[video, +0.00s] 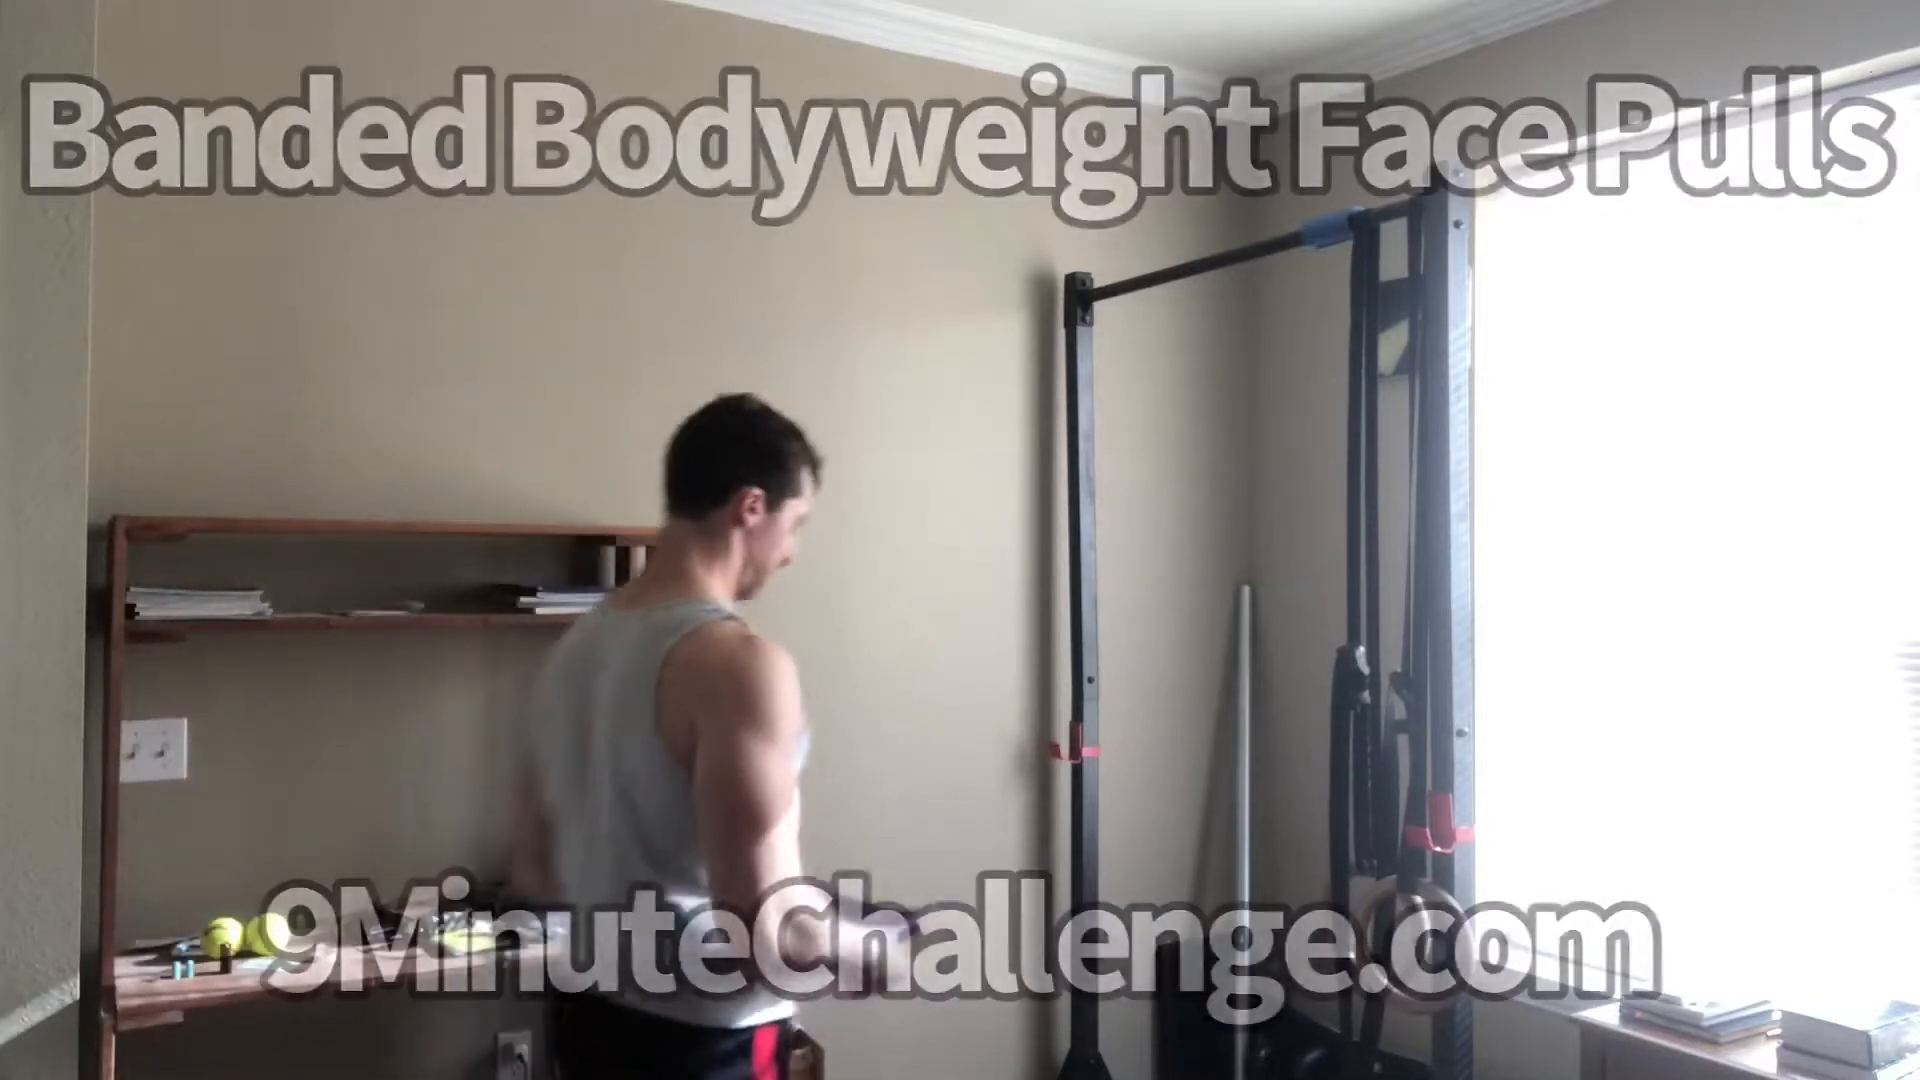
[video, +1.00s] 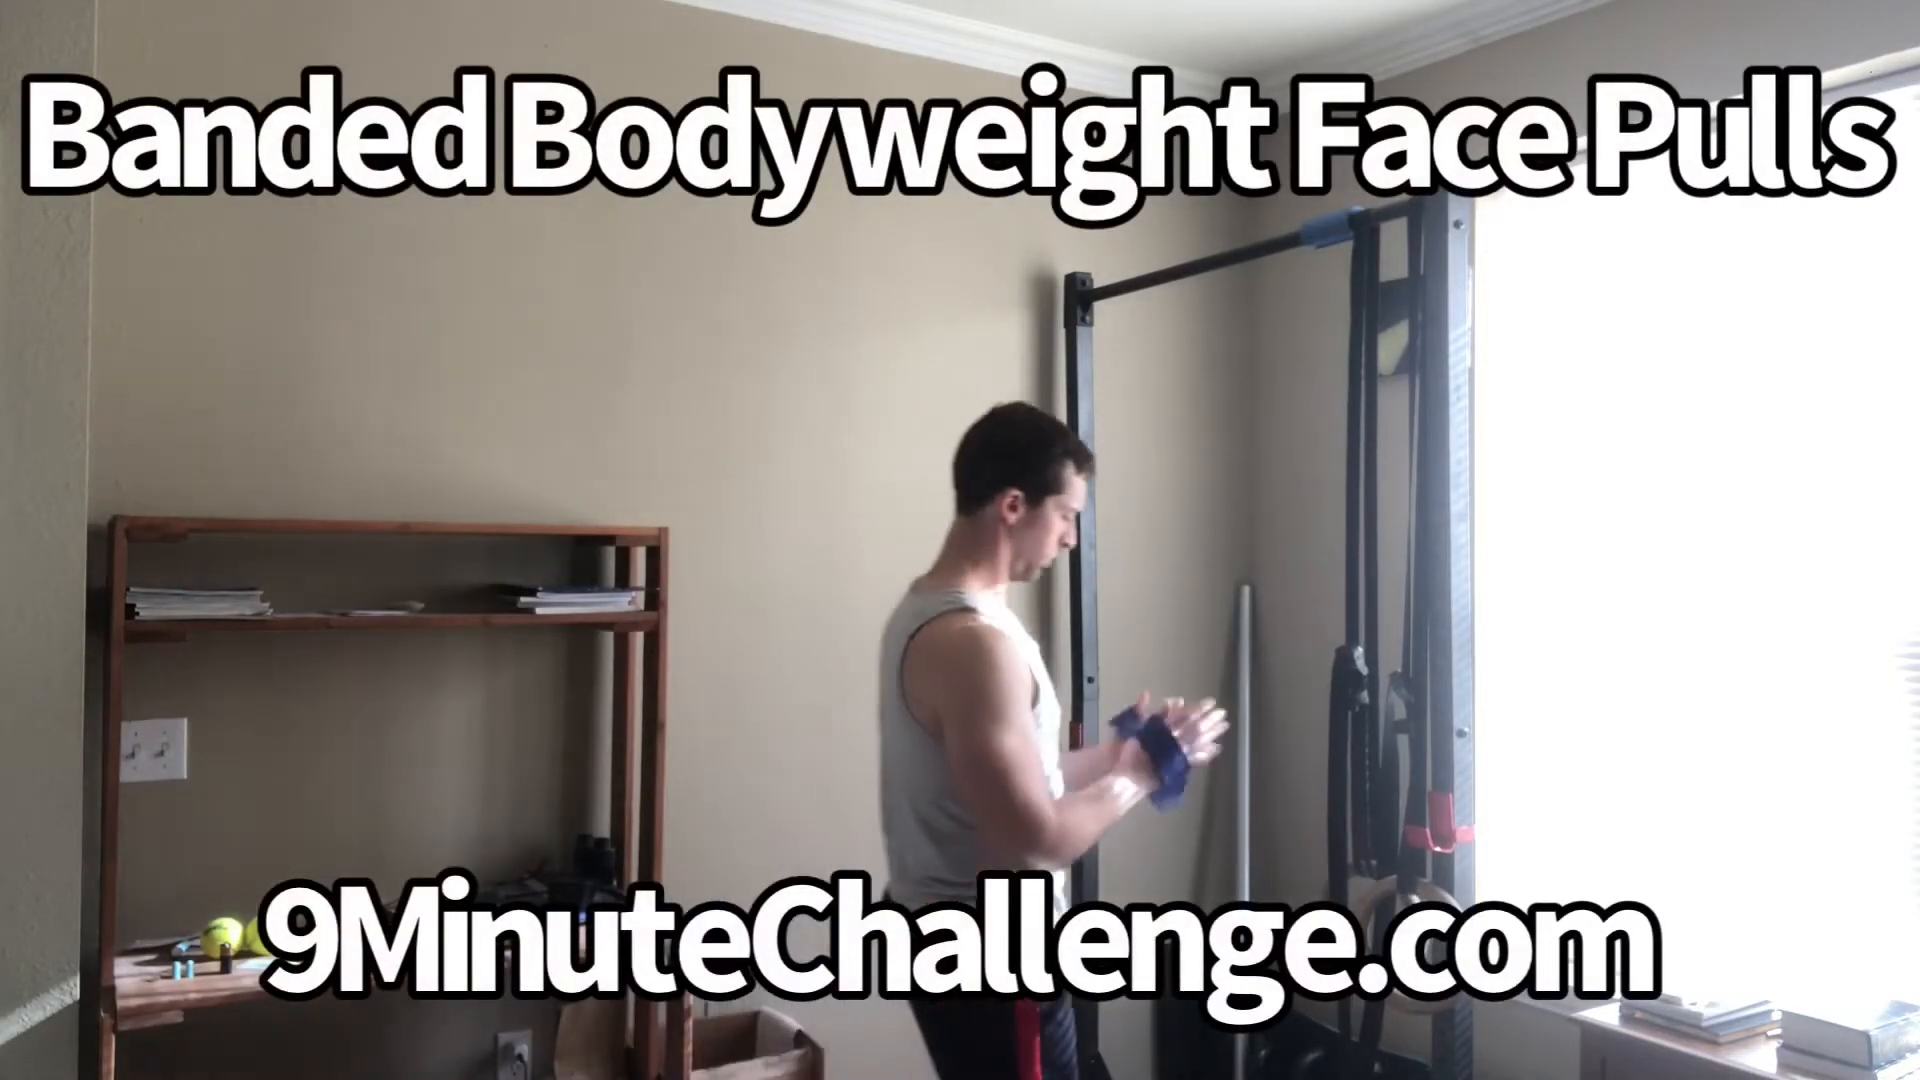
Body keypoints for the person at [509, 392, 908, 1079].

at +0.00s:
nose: (789, 554)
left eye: (798, 529)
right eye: (793, 526)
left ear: (676, 496)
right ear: (749, 510)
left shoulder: (576, 647)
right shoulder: (739, 666)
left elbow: (537, 868)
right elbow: (769, 929)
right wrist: (882, 950)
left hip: (587, 1025)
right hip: (706, 1041)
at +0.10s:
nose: (828, 537)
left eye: (835, 515)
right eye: (828, 511)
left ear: (719, 494)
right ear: (776, 501)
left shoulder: (626, 631)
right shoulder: (761, 645)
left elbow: (597, 844)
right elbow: (775, 902)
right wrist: (900, 933)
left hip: (633, 1002)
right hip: (739, 1015)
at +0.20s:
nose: (859, 532)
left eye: (865, 508)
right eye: (857, 505)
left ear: (802, 495)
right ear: (805, 497)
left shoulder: (681, 614)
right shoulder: (777, 635)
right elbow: (785, 876)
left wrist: (852, 862)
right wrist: (903, 893)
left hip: (674, 981)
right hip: (766, 992)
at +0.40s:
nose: (918, 532)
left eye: (923, 510)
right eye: (914, 507)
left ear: (855, 502)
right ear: (859, 501)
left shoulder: (767, 609)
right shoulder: (812, 634)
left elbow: (810, 816)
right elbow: (813, 857)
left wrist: (932, 806)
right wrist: (953, 834)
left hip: (757, 976)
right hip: (821, 980)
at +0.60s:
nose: (971, 544)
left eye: (975, 523)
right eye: (967, 520)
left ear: (906, 516)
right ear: (912, 513)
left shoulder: (831, 620)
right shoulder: (871, 650)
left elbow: (886, 812)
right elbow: (895, 862)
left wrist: (1014, 804)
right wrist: (1023, 837)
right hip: (891, 996)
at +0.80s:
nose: (1031, 538)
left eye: (1035, 519)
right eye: (1026, 517)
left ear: (962, 511)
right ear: (973, 512)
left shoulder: (887, 615)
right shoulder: (939, 653)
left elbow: (921, 788)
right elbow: (968, 858)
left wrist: (1042, 768)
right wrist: (1082, 802)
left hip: (906, 963)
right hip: (963, 975)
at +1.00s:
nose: (1071, 539)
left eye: (1075, 519)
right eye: (1067, 516)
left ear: (1009, 509)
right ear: (1012, 507)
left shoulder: (944, 609)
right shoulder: (972, 641)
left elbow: (1019, 779)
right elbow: (1040, 840)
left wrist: (1118, 749)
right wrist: (1147, 771)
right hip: (993, 960)